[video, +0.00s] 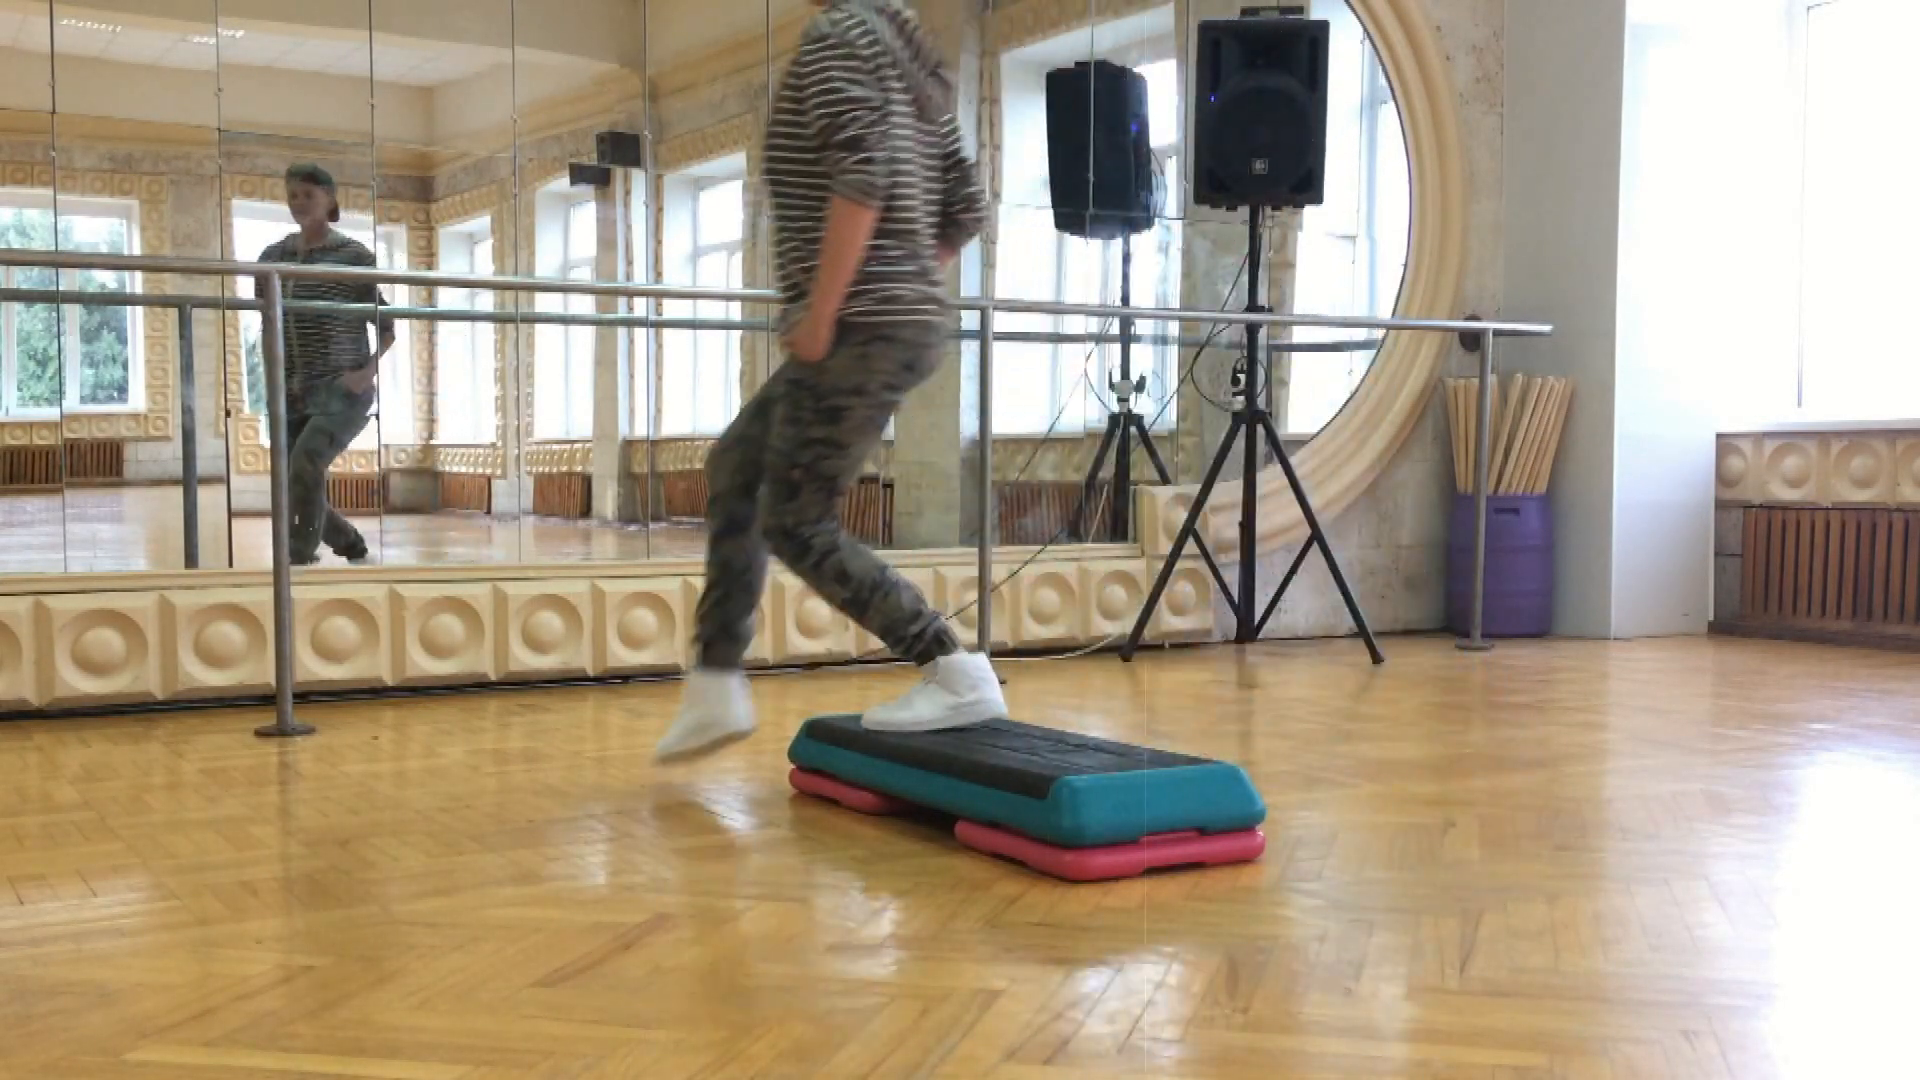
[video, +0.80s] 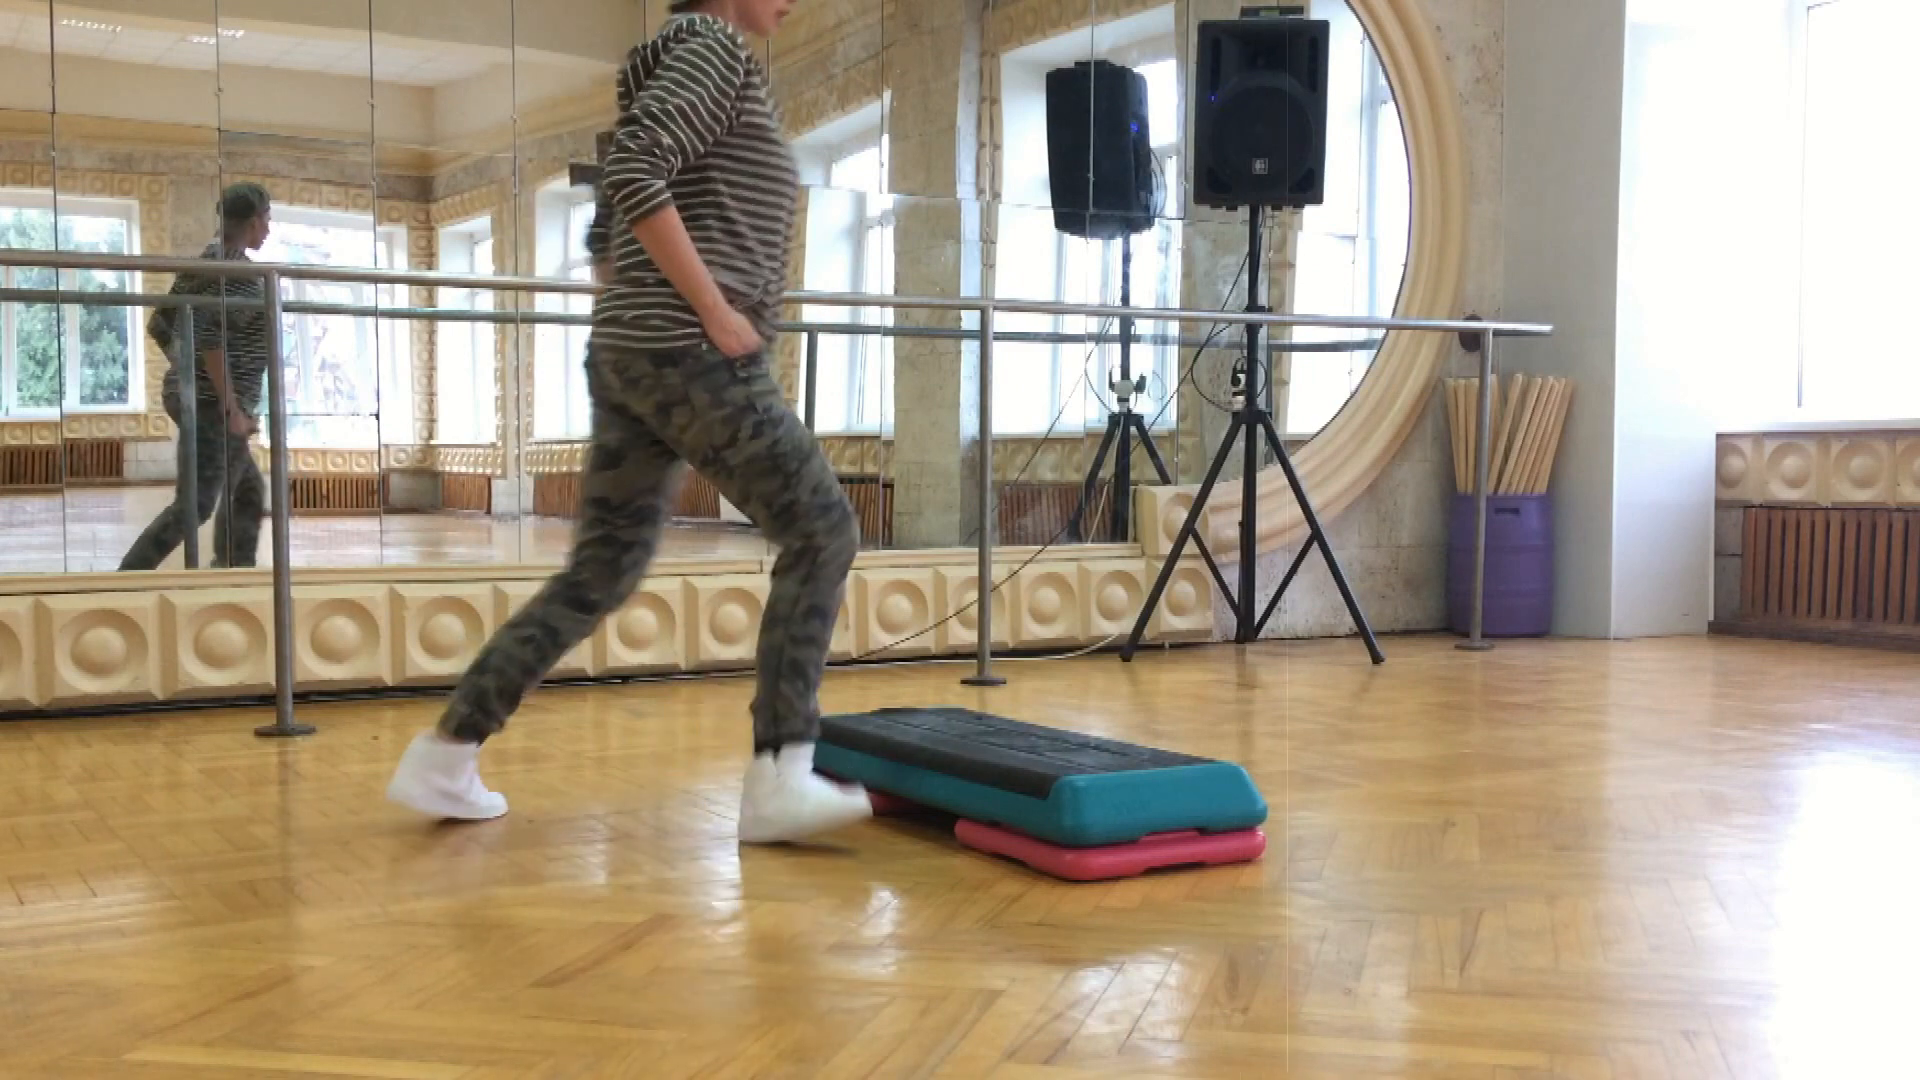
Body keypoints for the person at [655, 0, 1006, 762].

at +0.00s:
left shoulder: (837, 35)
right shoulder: (909, 47)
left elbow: (866, 178)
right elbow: (965, 207)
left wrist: (819, 314)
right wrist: (897, 283)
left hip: (867, 322)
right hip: (908, 320)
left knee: (792, 520)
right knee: (737, 464)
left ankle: (955, 671)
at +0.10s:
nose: (760, 9)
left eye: (763, 2)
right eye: (766, 4)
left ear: (777, 2)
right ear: (835, 7)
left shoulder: (784, 63)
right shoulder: (865, 84)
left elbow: (799, 200)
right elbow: (906, 242)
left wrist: (743, 329)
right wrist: (832, 309)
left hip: (796, 345)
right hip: (847, 348)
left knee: (706, 536)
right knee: (718, 532)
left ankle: (906, 633)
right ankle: (701, 736)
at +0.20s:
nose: (715, 14)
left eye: (717, 7)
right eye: (720, 7)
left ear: (733, 10)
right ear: (795, 17)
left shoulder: (725, 89)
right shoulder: (836, 107)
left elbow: (732, 234)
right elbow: (875, 266)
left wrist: (676, 359)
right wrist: (817, 345)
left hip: (740, 368)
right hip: (818, 378)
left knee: (601, 524)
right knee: (689, 535)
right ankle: (701, 738)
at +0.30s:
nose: (673, 21)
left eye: (675, 12)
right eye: (682, 13)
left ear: (686, 16)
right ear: (761, 22)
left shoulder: (664, 100)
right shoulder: (809, 113)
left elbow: (667, 245)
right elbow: (854, 266)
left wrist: (627, 358)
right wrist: (804, 358)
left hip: (695, 369)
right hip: (790, 382)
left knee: (562, 516)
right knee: (680, 537)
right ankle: (703, 741)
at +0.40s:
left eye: (661, 21)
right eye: (712, 26)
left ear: (654, 20)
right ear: (731, 25)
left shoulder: (612, 96)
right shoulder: (783, 105)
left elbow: (590, 230)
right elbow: (819, 247)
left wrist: (582, 349)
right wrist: (794, 361)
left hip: (647, 357)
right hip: (762, 370)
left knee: (558, 548)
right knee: (692, 541)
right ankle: (703, 740)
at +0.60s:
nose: (727, 22)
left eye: (725, 16)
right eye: (724, 14)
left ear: (636, 21)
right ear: (704, 12)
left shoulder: (574, 107)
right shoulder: (710, 73)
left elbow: (509, 223)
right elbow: (692, 189)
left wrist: (545, 336)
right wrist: (739, 331)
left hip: (568, 354)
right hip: (668, 350)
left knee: (552, 571)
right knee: (775, 516)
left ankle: (435, 763)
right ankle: (682, 709)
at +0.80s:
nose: (785, 8)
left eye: (785, 1)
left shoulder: (664, 58)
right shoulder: (715, 48)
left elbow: (610, 230)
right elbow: (633, 171)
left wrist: (640, 320)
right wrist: (715, 309)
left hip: (629, 347)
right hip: (685, 345)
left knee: (602, 569)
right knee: (822, 533)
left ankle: (443, 756)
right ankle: (780, 778)